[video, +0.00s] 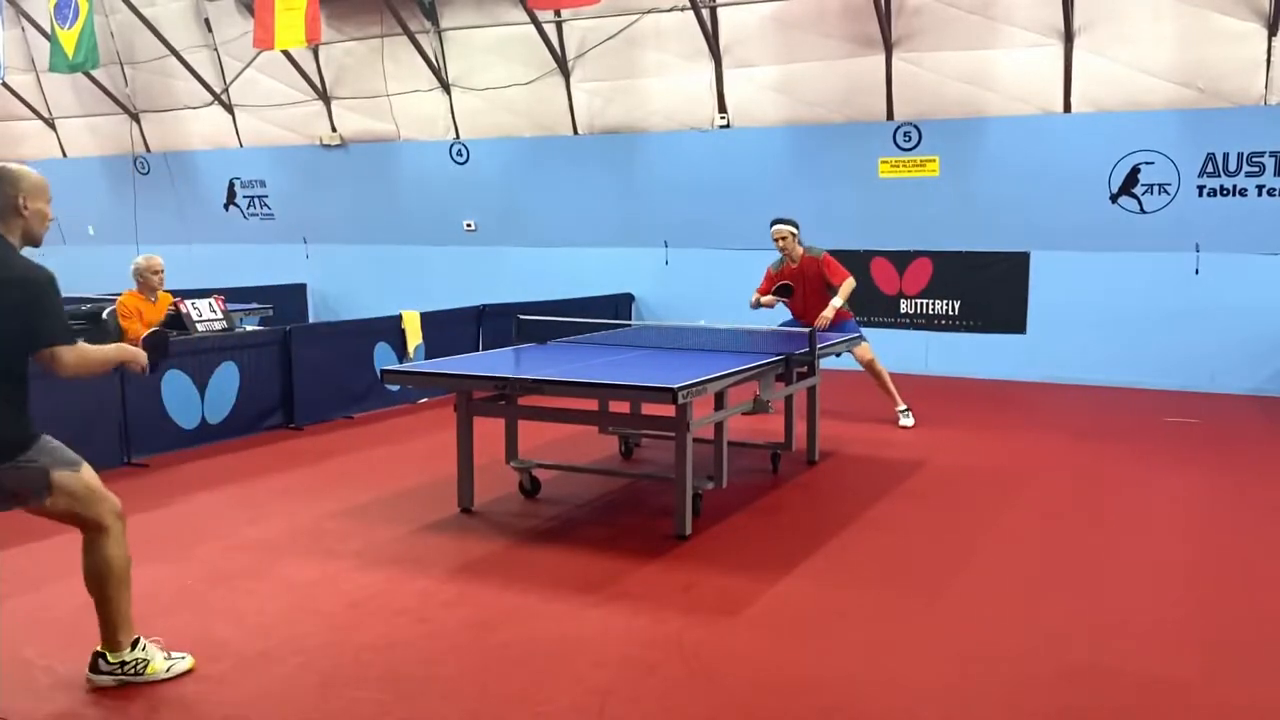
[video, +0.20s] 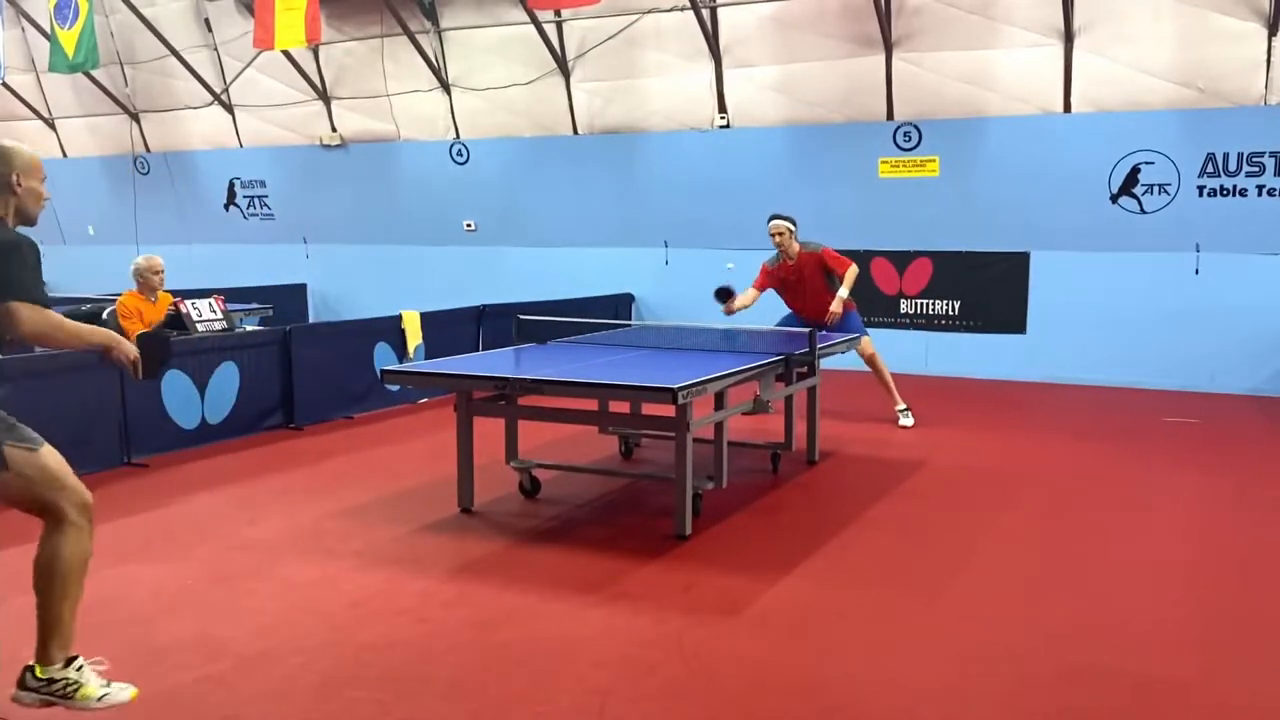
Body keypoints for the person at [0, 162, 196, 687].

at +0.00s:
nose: (51, 214)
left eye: (49, 205)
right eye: (45, 205)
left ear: (12, 208)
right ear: (19, 208)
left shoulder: (15, 271)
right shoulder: (26, 277)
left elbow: (53, 355)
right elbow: (61, 358)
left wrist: (111, 351)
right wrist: (121, 351)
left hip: (10, 442)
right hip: (7, 443)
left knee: (101, 511)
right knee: (105, 514)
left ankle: (118, 647)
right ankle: (119, 650)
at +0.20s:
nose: (46, 191)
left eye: (44, 180)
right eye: (39, 180)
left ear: (10, 185)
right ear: (14, 185)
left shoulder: (10, 241)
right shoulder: (12, 243)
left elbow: (22, 318)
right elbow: (26, 319)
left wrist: (98, 336)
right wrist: (107, 337)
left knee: (70, 504)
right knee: (71, 506)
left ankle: (53, 662)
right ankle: (52, 665)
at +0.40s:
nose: (67, 236)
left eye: (67, 224)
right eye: (63, 224)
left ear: (27, 225)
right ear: (36, 224)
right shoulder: (10, 289)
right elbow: (1, 385)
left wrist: (79, 428)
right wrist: (76, 426)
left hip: (0, 480)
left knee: (36, 581)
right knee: (42, 582)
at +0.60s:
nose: (141, 267)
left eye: (141, 256)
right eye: (136, 256)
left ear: (103, 257)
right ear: (112, 259)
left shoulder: (87, 314)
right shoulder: (50, 324)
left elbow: (64, 376)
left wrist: (123, 401)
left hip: (31, 471)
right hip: (5, 484)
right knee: (50, 609)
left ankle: (9, 621)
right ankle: (4, 696)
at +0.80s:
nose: (256, 277)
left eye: (256, 267)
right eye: (252, 267)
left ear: (213, 266)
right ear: (231, 272)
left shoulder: (182, 305)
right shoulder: (172, 326)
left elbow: (115, 321)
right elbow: (160, 433)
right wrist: (250, 451)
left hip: (124, 453)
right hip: (75, 469)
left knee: (211, 501)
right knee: (49, 602)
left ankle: (253, 601)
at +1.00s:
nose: (363, 323)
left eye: (363, 313)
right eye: (359, 314)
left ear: (324, 305)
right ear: (336, 312)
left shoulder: (269, 318)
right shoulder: (300, 368)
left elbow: (208, 330)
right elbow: (307, 459)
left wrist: (172, 349)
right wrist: (380, 457)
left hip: (218, 451)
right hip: (173, 465)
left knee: (301, 488)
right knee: (125, 587)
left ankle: (304, 601)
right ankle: (33, 708)